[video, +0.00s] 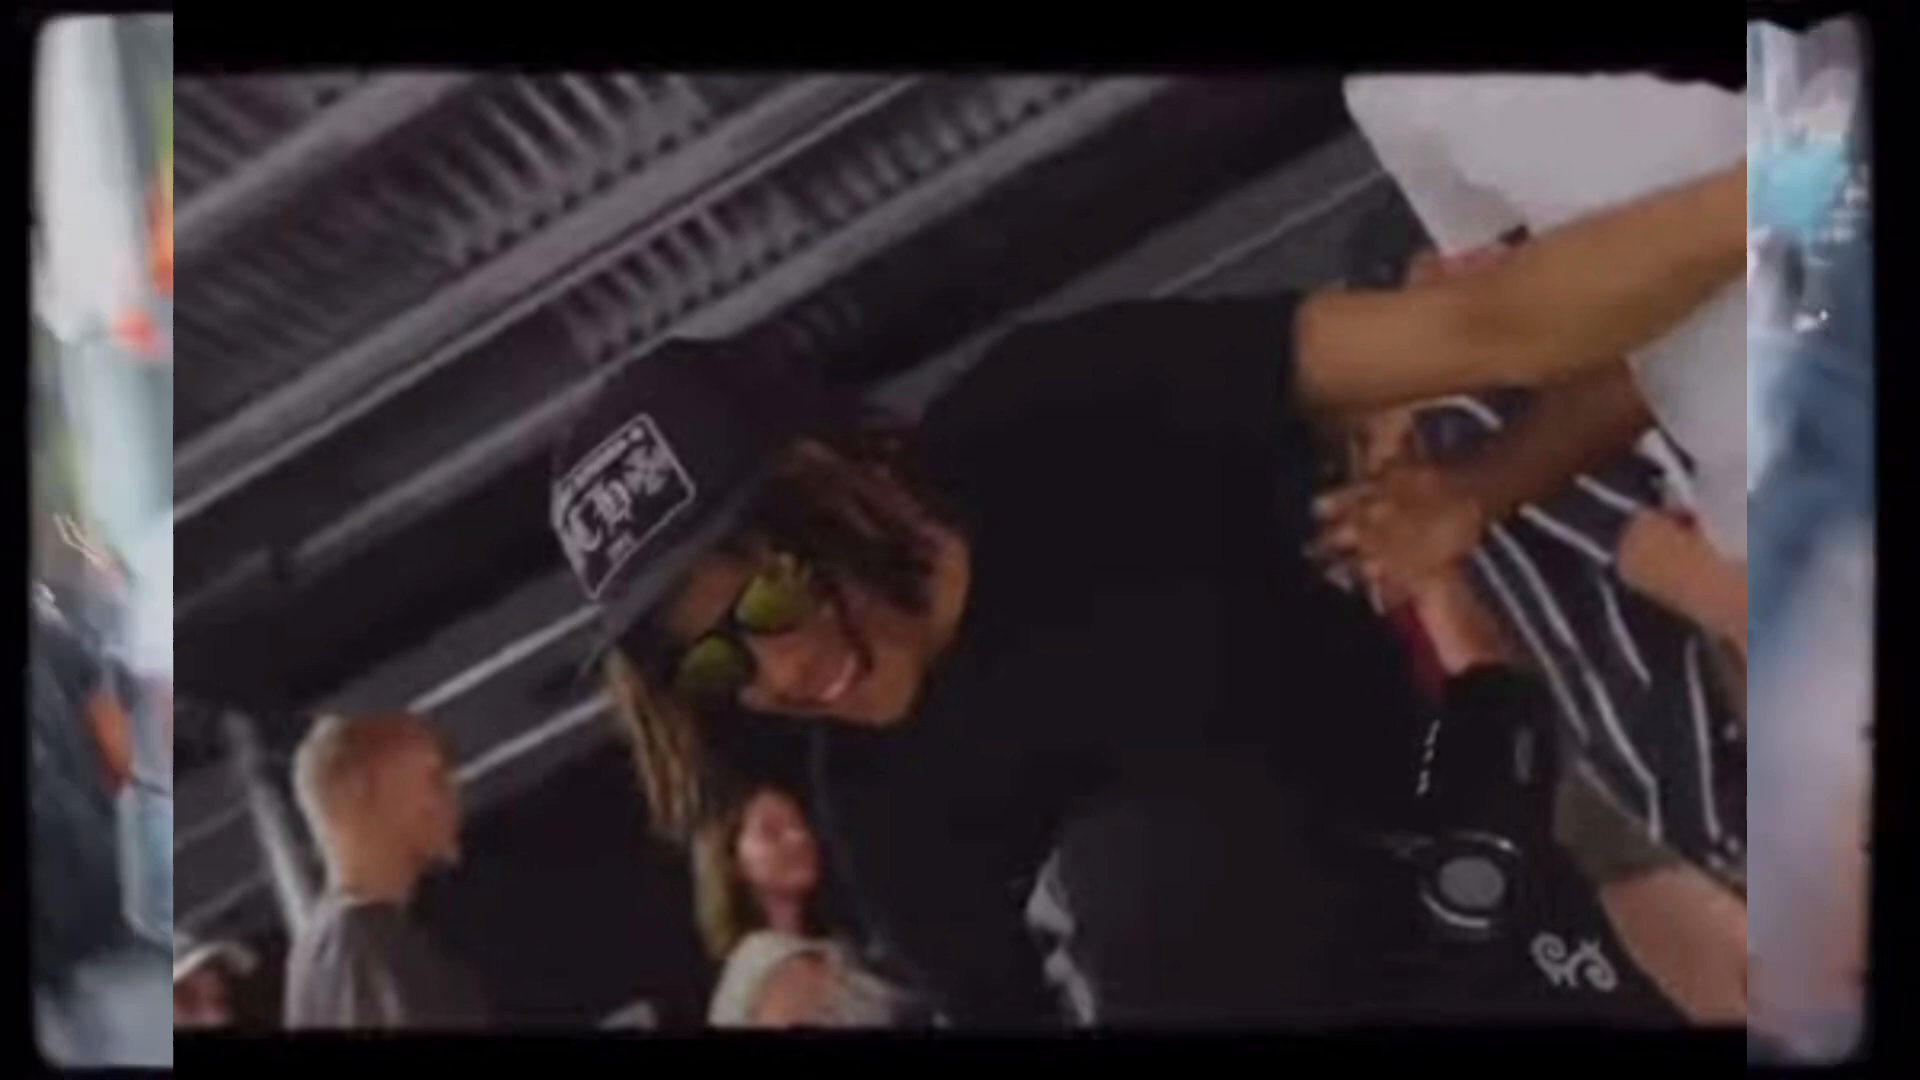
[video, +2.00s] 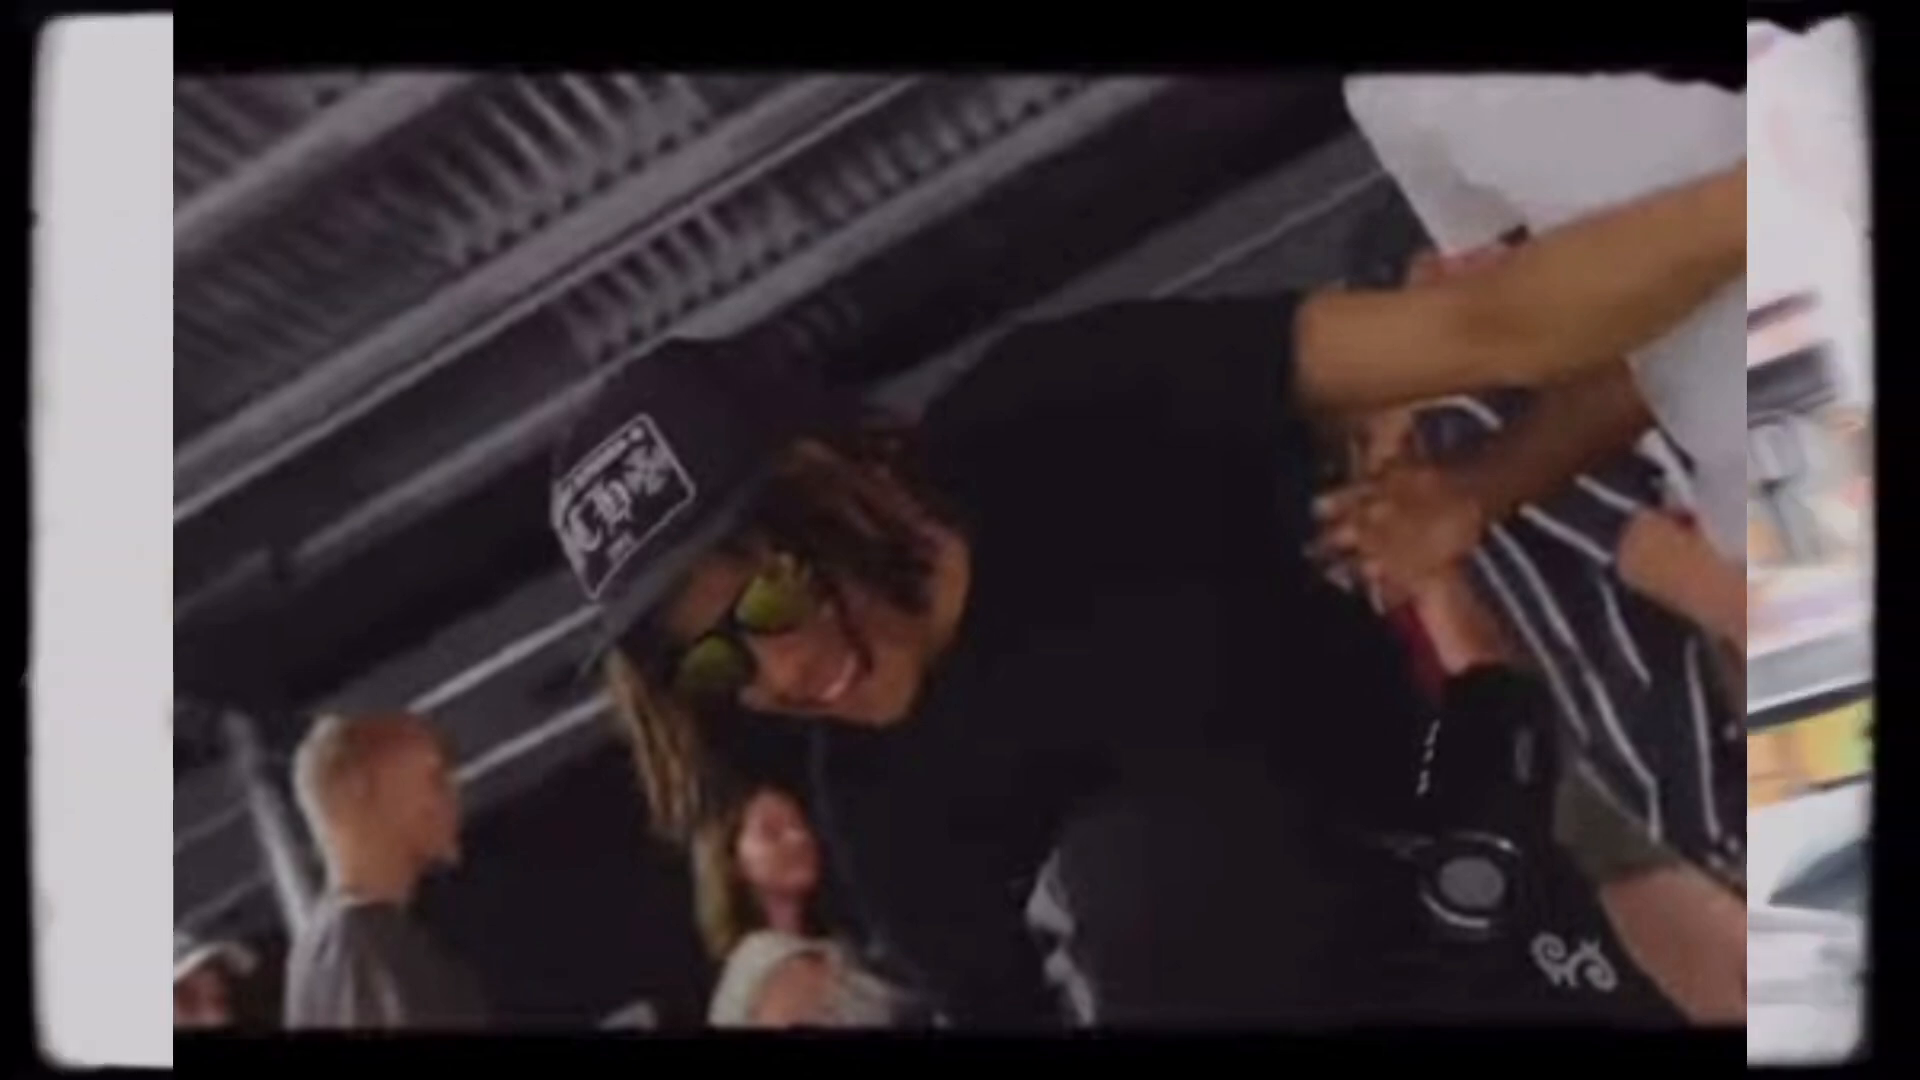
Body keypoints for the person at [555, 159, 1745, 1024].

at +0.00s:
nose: (768, 656)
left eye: (760, 581)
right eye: (708, 654)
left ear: (834, 475)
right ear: (687, 686)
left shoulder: (1053, 403)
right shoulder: (888, 847)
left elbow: (1467, 331)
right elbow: (1038, 1025)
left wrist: (1784, 188)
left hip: (1482, 835)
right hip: (1263, 973)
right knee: (1136, 864)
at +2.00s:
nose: (767, 658)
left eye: (759, 583)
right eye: (707, 655)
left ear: (833, 477)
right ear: (686, 686)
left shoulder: (1050, 404)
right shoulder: (888, 846)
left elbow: (1469, 328)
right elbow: (1038, 1026)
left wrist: (1787, 188)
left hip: (1483, 841)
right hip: (1258, 972)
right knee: (1135, 865)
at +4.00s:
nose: (766, 660)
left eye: (759, 585)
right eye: (707, 656)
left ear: (833, 478)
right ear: (685, 685)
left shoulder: (1053, 402)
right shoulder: (886, 843)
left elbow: (1473, 327)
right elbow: (1028, 1024)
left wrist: (1769, 197)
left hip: (1475, 852)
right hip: (1237, 975)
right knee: (1135, 865)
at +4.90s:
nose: (766, 659)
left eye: (759, 585)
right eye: (707, 655)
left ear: (834, 478)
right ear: (686, 685)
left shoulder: (1052, 404)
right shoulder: (887, 846)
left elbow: (1469, 329)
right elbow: (1032, 1025)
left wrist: (1768, 198)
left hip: (1475, 844)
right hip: (1246, 976)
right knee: (1134, 868)